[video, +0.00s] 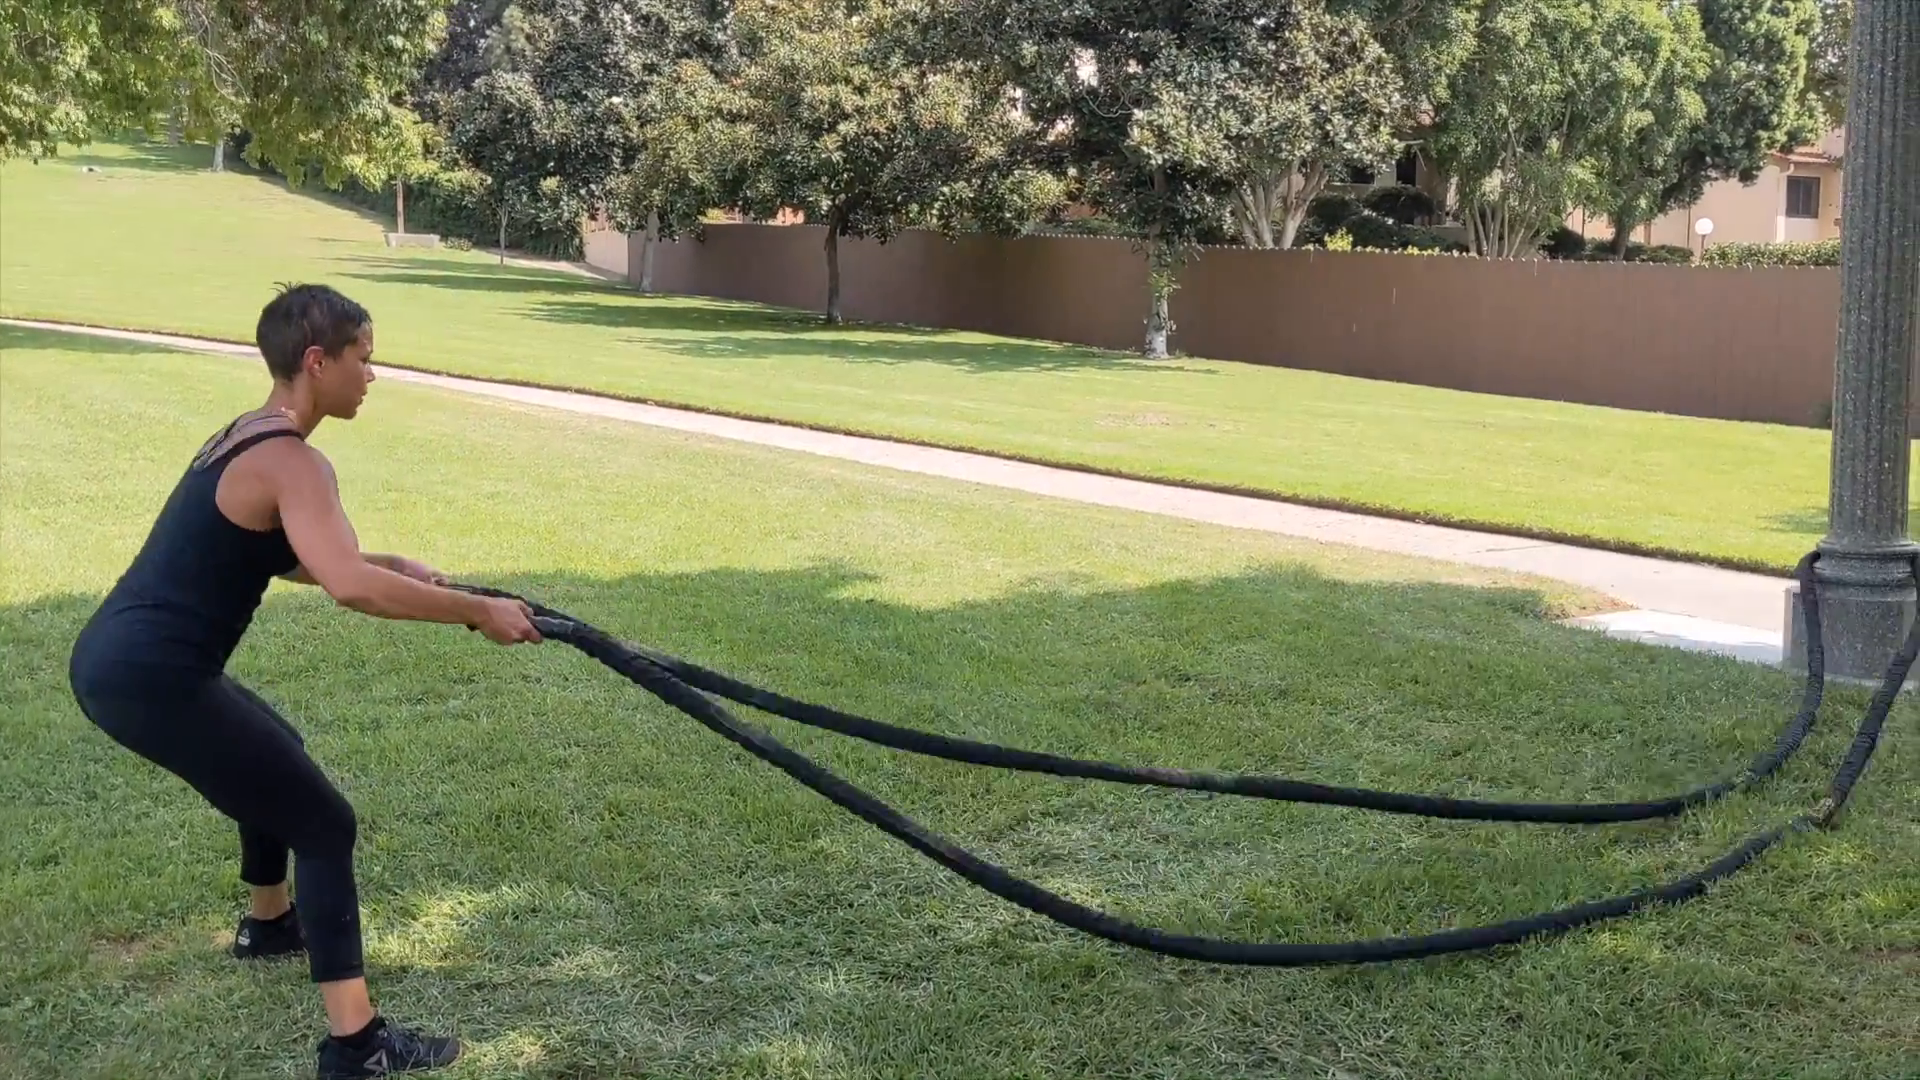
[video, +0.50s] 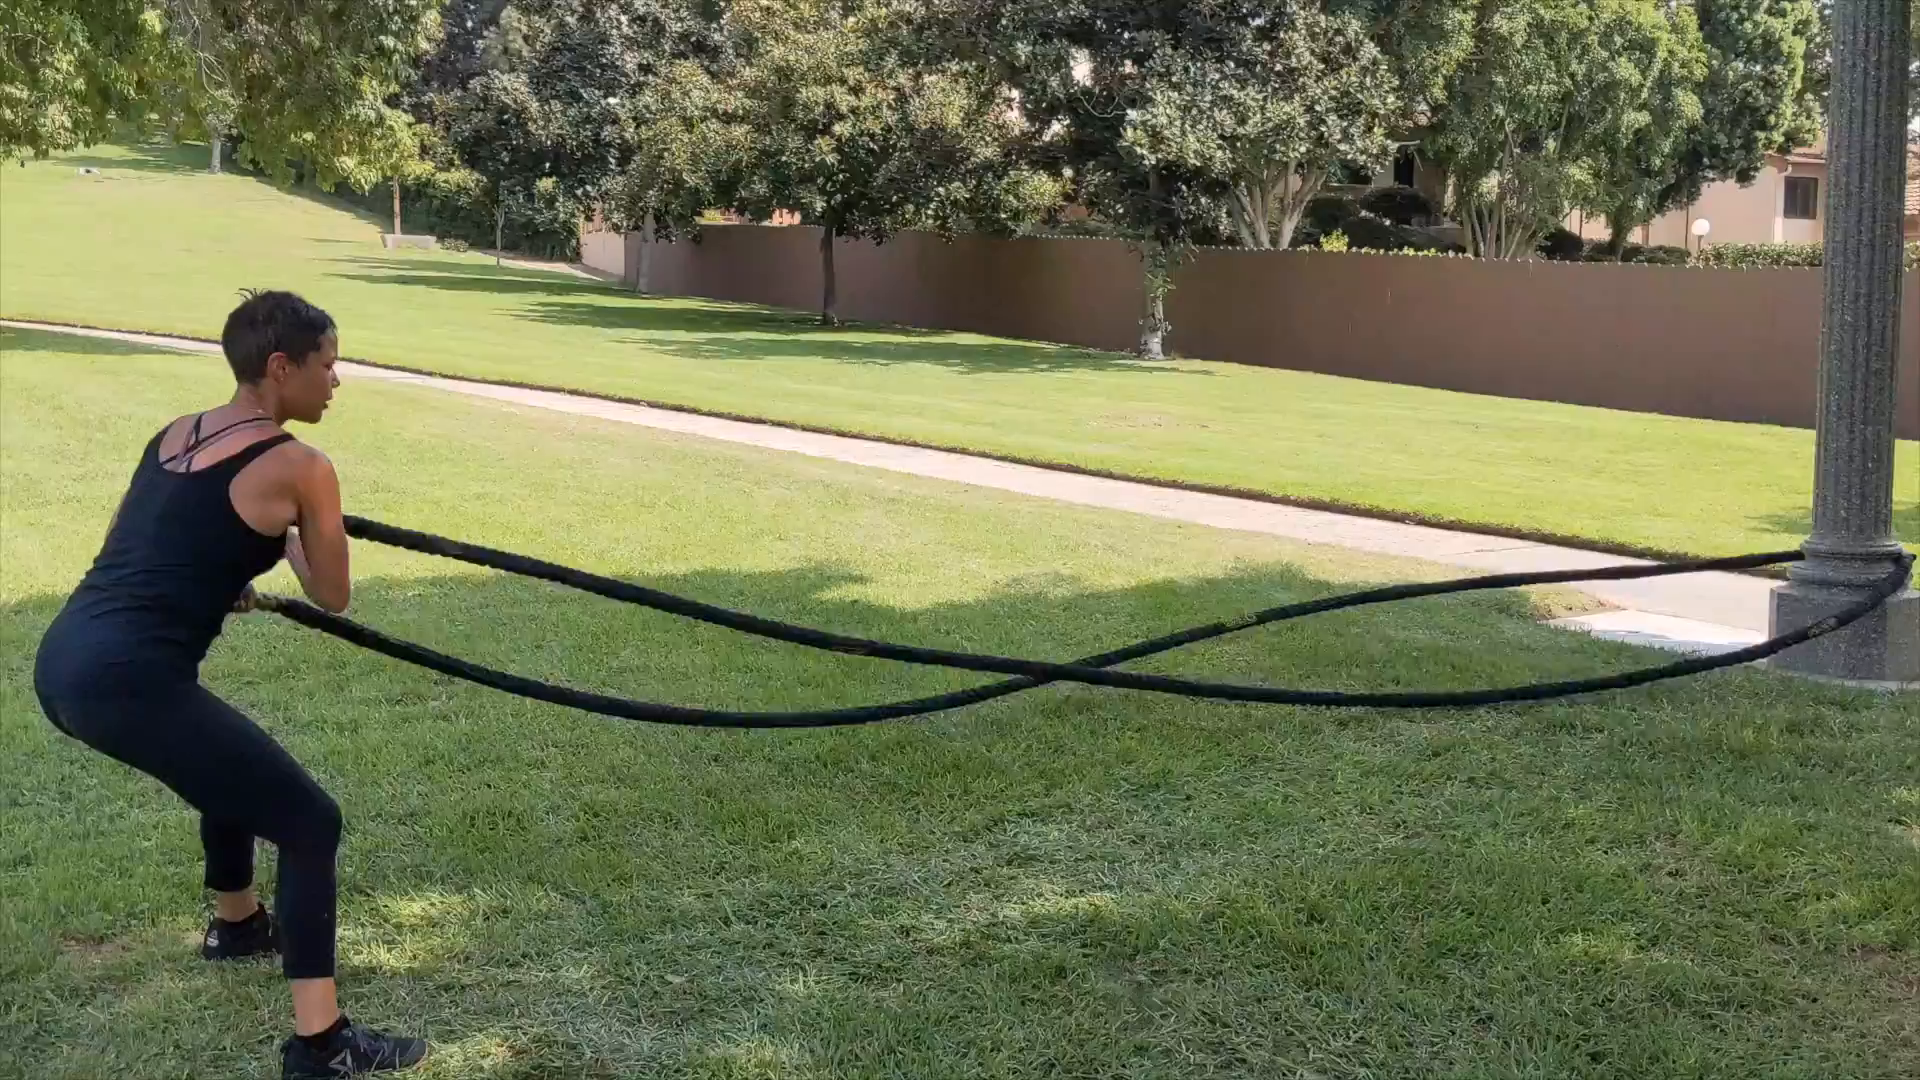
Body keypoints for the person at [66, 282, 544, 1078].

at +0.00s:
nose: (371, 372)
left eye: (370, 356)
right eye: (363, 356)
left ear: (299, 362)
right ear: (315, 360)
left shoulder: (245, 435)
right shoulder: (294, 464)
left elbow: (288, 560)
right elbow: (353, 583)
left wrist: (399, 571)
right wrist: (475, 610)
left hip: (114, 658)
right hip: (152, 679)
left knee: (274, 756)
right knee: (324, 822)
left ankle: (271, 918)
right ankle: (355, 1037)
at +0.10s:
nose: (355, 376)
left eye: (354, 360)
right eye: (347, 360)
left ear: (282, 365)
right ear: (298, 363)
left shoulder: (210, 434)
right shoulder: (304, 467)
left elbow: (236, 550)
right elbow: (381, 603)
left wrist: (339, 564)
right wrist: (453, 626)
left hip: (88, 662)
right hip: (148, 682)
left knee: (251, 770)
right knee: (318, 821)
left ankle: (263, 920)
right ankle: (346, 1037)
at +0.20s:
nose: (351, 378)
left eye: (350, 363)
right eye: (341, 364)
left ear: (275, 373)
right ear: (295, 373)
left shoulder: (194, 432)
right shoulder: (315, 477)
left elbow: (122, 529)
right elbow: (386, 597)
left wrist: (240, 548)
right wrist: (424, 580)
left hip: (79, 665)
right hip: (148, 683)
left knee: (241, 766)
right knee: (325, 821)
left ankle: (255, 919)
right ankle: (338, 1037)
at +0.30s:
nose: (348, 380)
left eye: (347, 365)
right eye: (339, 366)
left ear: (269, 373)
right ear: (293, 372)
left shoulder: (185, 429)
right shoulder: (315, 473)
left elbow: (72, 514)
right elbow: (362, 593)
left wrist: (148, 542)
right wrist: (363, 547)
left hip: (74, 670)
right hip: (150, 682)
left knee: (235, 768)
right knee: (325, 821)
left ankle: (248, 921)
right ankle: (332, 1039)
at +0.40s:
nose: (342, 379)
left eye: (341, 363)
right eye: (333, 364)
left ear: (264, 370)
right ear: (287, 369)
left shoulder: (179, 428)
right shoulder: (311, 471)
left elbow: (64, 515)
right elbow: (340, 592)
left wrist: (129, 556)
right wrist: (318, 526)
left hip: (69, 672)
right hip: (146, 683)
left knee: (230, 767)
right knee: (322, 820)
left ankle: (242, 922)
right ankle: (326, 1039)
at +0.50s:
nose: (337, 376)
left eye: (336, 360)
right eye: (328, 361)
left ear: (258, 368)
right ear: (281, 365)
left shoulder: (179, 429)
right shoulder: (302, 466)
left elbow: (147, 541)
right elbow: (332, 596)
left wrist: (228, 582)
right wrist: (289, 537)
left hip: (66, 665)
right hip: (132, 682)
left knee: (231, 767)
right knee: (311, 821)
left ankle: (236, 921)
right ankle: (320, 1037)